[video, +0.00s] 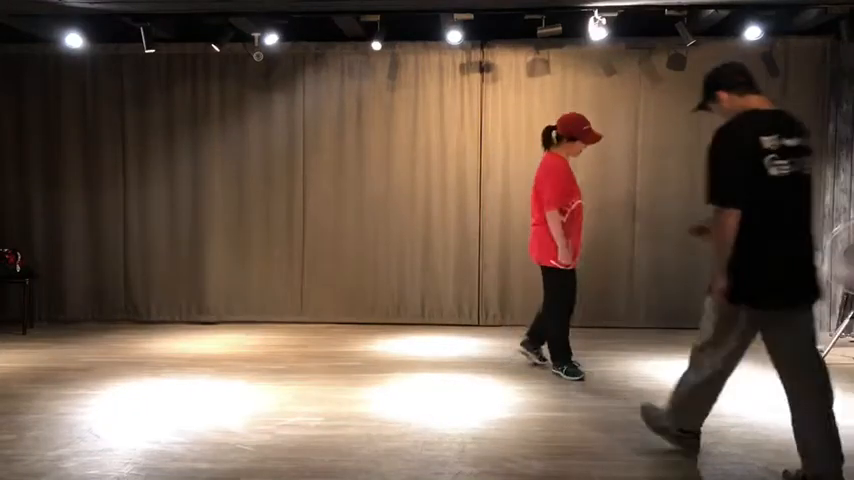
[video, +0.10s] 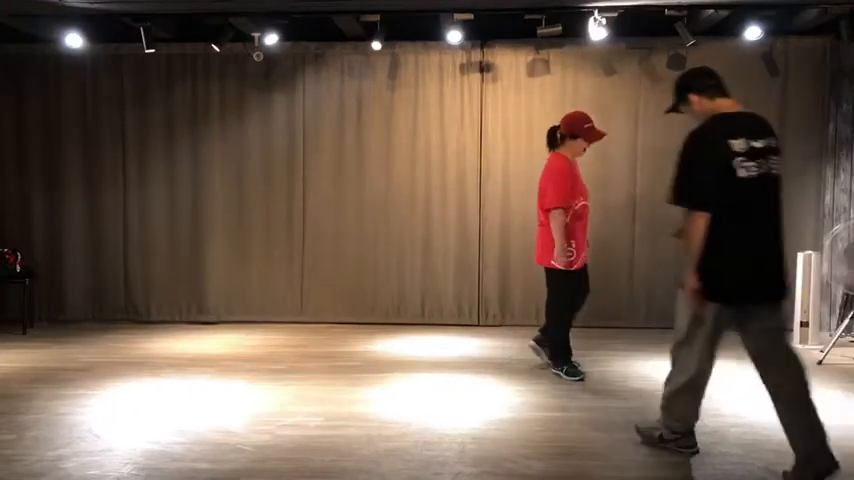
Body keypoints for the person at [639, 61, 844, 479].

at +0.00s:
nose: (717, 115)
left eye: (714, 108)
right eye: (713, 109)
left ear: (723, 97)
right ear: (754, 91)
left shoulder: (732, 135)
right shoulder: (793, 127)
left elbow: (730, 213)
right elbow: (786, 203)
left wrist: (720, 271)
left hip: (749, 269)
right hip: (794, 267)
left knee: (713, 353)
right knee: (803, 371)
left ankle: (681, 423)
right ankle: (825, 468)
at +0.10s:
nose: (688, 114)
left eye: (685, 107)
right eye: (686, 108)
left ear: (696, 99)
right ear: (723, 93)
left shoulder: (705, 138)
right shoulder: (761, 127)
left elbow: (700, 211)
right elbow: (762, 200)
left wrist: (692, 268)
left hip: (719, 265)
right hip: (763, 262)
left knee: (693, 349)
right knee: (775, 357)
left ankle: (676, 430)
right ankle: (815, 457)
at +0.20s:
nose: (661, 114)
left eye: (659, 107)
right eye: (659, 108)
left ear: (671, 98)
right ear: (694, 92)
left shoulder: (677, 134)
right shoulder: (735, 125)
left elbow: (669, 205)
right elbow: (736, 197)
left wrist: (659, 261)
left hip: (690, 259)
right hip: (735, 255)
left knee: (676, 343)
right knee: (726, 331)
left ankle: (675, 430)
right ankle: (772, 415)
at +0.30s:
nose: (643, 113)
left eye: (641, 107)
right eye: (640, 108)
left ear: (650, 97)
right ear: (674, 91)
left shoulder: (656, 132)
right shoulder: (714, 126)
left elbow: (639, 200)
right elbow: (710, 195)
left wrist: (626, 251)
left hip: (668, 255)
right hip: (710, 252)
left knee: (665, 340)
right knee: (690, 329)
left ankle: (675, 429)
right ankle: (717, 402)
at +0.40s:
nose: (625, 114)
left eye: (623, 108)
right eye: (622, 109)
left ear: (632, 99)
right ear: (658, 95)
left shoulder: (635, 133)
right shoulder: (697, 131)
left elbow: (612, 199)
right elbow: (707, 198)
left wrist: (600, 234)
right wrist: (715, 250)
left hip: (649, 250)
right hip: (685, 247)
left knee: (658, 339)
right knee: (654, 333)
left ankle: (675, 428)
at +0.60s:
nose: (590, 121)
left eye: (590, 115)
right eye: (589, 116)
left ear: (599, 109)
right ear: (625, 106)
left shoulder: (596, 141)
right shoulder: (658, 141)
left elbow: (571, 198)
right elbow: (670, 202)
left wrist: (555, 237)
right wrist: (684, 249)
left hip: (607, 254)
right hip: (647, 252)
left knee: (626, 338)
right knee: (619, 333)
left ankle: (667, 415)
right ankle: (597, 396)